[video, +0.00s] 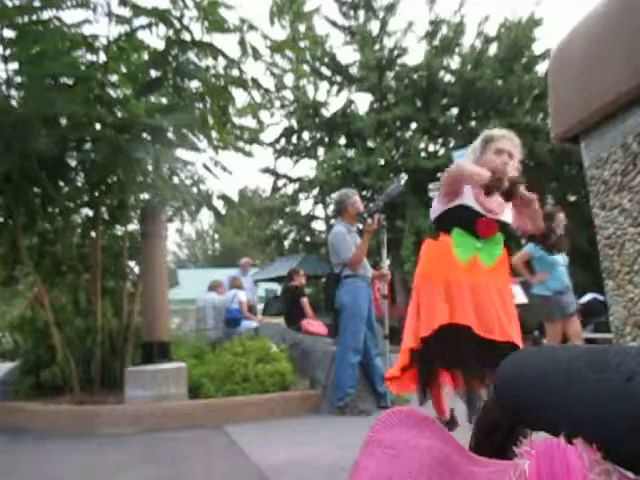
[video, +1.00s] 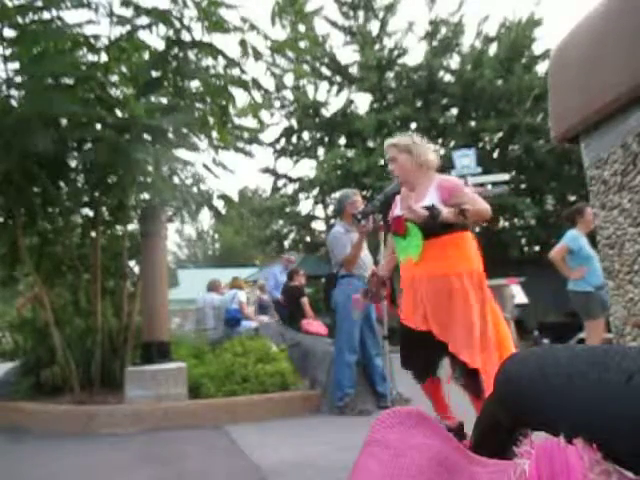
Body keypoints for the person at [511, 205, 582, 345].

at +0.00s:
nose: (563, 224)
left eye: (564, 221)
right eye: (560, 221)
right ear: (551, 223)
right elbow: (516, 260)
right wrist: (531, 278)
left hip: (565, 291)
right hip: (546, 294)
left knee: (576, 336)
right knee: (554, 338)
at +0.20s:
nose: (574, 224)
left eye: (574, 220)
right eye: (570, 221)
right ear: (559, 224)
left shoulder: (567, 241)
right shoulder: (548, 242)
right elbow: (525, 260)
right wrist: (540, 279)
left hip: (574, 289)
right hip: (556, 292)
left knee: (586, 334)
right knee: (562, 337)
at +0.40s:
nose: (583, 224)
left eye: (583, 220)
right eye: (579, 220)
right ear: (569, 222)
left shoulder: (575, 240)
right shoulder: (558, 240)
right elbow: (536, 259)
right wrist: (551, 278)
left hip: (585, 288)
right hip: (568, 292)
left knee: (593, 334)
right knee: (581, 336)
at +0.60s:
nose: (590, 223)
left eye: (590, 219)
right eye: (586, 219)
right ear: (576, 222)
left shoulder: (581, 240)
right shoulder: (564, 240)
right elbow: (543, 259)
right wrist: (558, 279)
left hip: (591, 287)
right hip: (577, 291)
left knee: (598, 336)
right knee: (597, 336)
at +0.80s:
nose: (592, 221)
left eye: (592, 217)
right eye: (589, 217)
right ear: (578, 220)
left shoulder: (581, 239)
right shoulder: (570, 238)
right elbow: (549, 257)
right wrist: (563, 276)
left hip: (592, 288)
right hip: (581, 290)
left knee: (596, 335)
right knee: (598, 335)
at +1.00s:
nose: (593, 219)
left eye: (593, 215)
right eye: (590, 215)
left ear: (583, 219)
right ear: (580, 218)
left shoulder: (581, 237)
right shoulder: (573, 236)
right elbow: (555, 255)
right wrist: (569, 273)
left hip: (594, 288)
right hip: (584, 289)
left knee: (598, 335)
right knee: (595, 335)